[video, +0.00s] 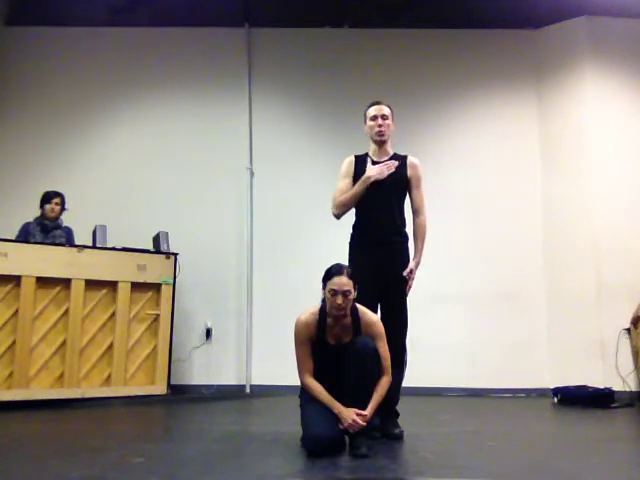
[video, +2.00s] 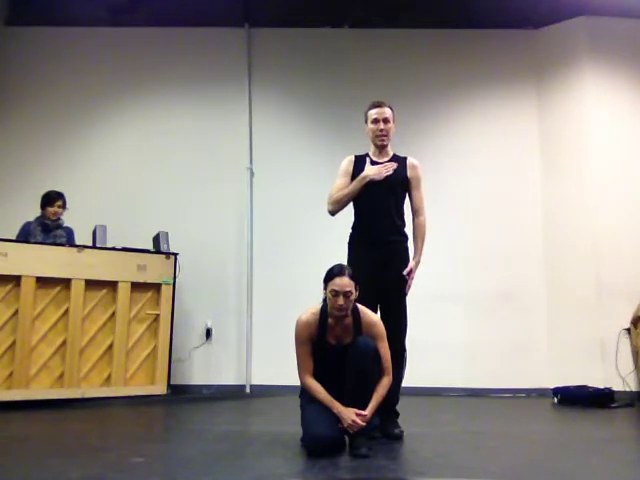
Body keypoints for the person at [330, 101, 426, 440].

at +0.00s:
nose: (380, 122)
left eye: (385, 118)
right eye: (374, 118)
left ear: (393, 125)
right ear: (365, 126)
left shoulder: (409, 166)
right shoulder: (353, 164)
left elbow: (419, 215)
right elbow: (337, 208)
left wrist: (416, 260)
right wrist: (368, 178)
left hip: (394, 257)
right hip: (362, 256)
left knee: (395, 337)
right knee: (359, 336)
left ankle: (388, 415)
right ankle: (359, 416)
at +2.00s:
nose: (381, 126)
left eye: (386, 121)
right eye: (376, 121)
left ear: (394, 126)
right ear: (366, 128)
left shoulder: (409, 167)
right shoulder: (353, 164)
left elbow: (419, 215)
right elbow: (332, 205)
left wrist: (416, 259)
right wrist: (365, 177)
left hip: (394, 257)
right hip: (361, 257)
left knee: (394, 338)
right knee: (359, 336)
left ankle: (388, 415)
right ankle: (358, 416)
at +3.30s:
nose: (382, 122)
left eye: (386, 117)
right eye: (376, 117)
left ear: (394, 124)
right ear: (366, 126)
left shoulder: (410, 165)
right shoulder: (353, 162)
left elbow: (419, 215)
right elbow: (331, 204)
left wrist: (416, 260)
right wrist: (365, 175)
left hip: (394, 256)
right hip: (361, 256)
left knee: (395, 337)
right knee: (358, 336)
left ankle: (388, 415)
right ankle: (359, 416)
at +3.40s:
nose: (382, 125)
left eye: (387, 119)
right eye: (376, 120)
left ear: (394, 124)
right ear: (366, 126)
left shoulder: (410, 166)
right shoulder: (352, 163)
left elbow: (419, 215)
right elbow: (332, 205)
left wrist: (416, 260)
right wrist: (365, 177)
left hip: (394, 257)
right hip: (361, 256)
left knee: (394, 337)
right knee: (358, 336)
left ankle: (388, 415)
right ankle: (359, 416)